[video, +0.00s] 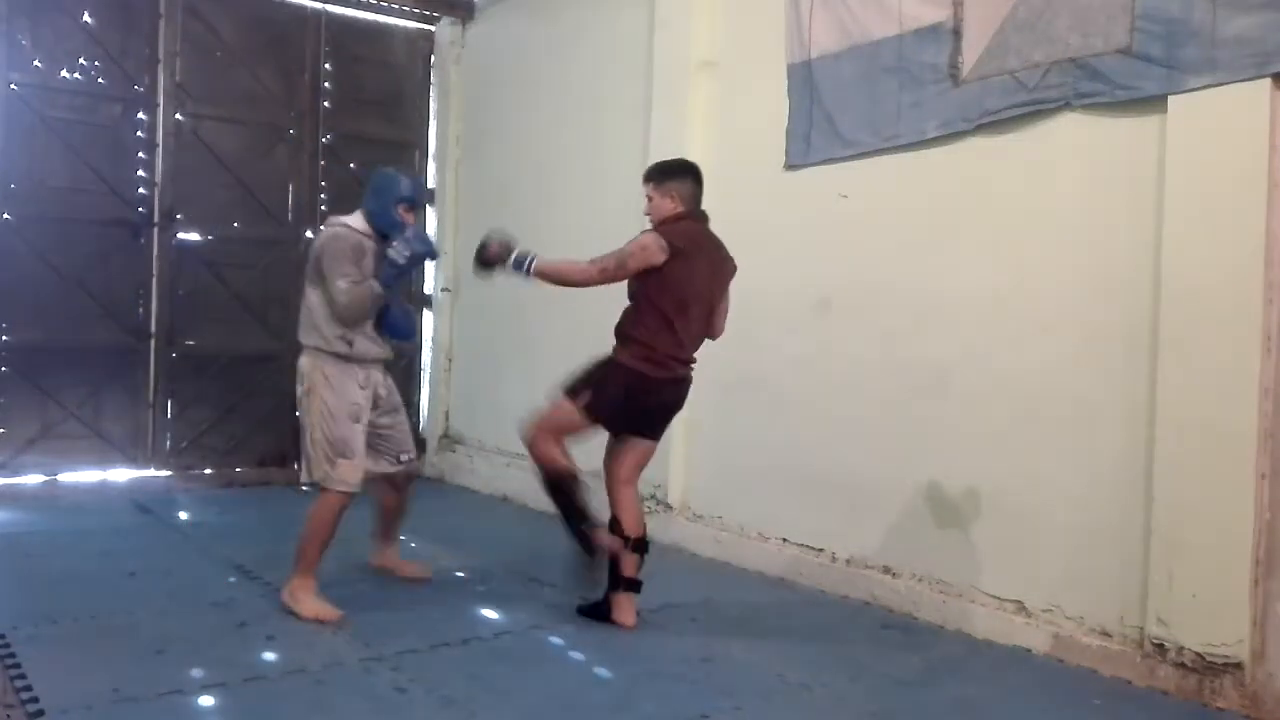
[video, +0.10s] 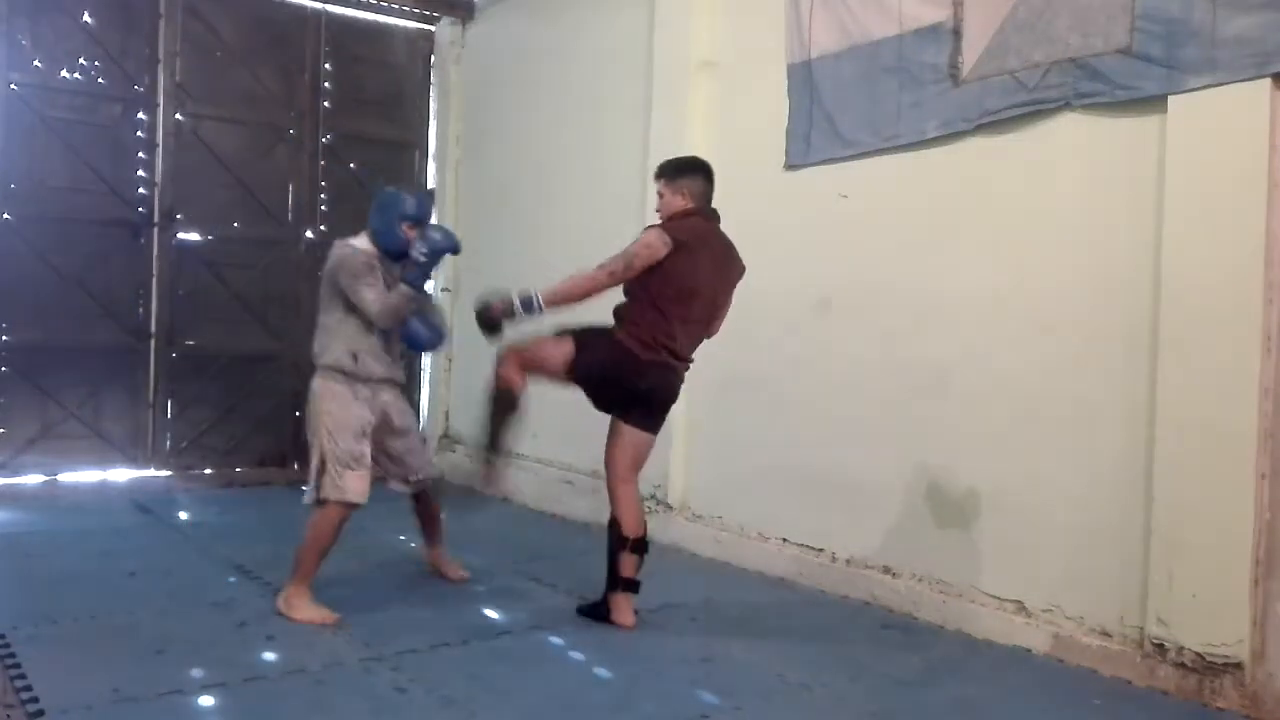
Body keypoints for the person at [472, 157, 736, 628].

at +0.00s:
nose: (647, 206)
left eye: (651, 198)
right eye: (648, 198)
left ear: (672, 198)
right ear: (692, 199)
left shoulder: (661, 239)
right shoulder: (719, 254)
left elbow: (593, 272)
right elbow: (714, 328)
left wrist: (519, 260)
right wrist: (665, 300)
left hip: (630, 372)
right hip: (671, 383)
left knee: (542, 434)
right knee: (624, 477)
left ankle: (589, 535)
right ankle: (623, 601)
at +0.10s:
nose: (658, 204)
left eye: (662, 196)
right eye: (659, 195)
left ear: (684, 195)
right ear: (702, 197)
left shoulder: (667, 234)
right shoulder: (730, 257)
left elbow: (604, 277)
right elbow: (710, 328)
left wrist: (522, 303)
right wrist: (651, 315)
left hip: (620, 354)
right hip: (664, 379)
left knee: (515, 358)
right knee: (624, 477)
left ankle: (491, 466)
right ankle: (621, 602)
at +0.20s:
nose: (663, 204)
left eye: (667, 197)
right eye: (664, 196)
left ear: (687, 199)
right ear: (709, 202)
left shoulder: (665, 239)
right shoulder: (735, 265)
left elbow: (623, 294)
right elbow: (703, 330)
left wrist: (565, 346)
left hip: (605, 346)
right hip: (650, 381)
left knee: (513, 324)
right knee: (617, 479)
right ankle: (618, 600)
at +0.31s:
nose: (666, 205)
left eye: (671, 197)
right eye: (668, 196)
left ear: (693, 202)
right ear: (708, 204)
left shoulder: (673, 239)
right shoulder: (734, 265)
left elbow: (641, 300)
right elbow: (713, 336)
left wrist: (597, 369)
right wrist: (660, 306)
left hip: (612, 344)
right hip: (652, 378)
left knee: (506, 332)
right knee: (615, 479)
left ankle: (404, 332)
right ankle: (618, 601)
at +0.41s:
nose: (672, 205)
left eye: (677, 198)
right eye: (674, 197)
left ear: (696, 200)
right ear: (717, 203)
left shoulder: (678, 238)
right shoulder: (736, 263)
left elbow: (650, 301)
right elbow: (725, 343)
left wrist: (599, 363)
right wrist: (668, 317)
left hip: (621, 351)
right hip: (661, 381)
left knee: (514, 355)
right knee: (622, 479)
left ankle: (435, 392)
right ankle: (619, 602)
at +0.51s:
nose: (679, 203)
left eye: (683, 195)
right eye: (681, 195)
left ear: (699, 197)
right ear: (726, 201)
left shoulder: (681, 233)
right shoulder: (748, 262)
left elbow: (649, 292)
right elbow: (745, 343)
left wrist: (581, 342)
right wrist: (689, 328)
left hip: (627, 363)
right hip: (674, 388)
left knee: (530, 390)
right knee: (635, 481)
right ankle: (621, 601)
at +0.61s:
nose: (686, 201)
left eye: (690, 193)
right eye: (690, 193)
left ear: (701, 196)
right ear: (733, 200)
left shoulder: (680, 233)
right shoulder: (754, 260)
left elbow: (632, 292)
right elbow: (767, 340)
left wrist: (561, 322)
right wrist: (715, 338)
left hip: (648, 372)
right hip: (696, 387)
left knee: (579, 450)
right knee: (647, 481)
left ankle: (623, 553)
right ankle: (624, 603)